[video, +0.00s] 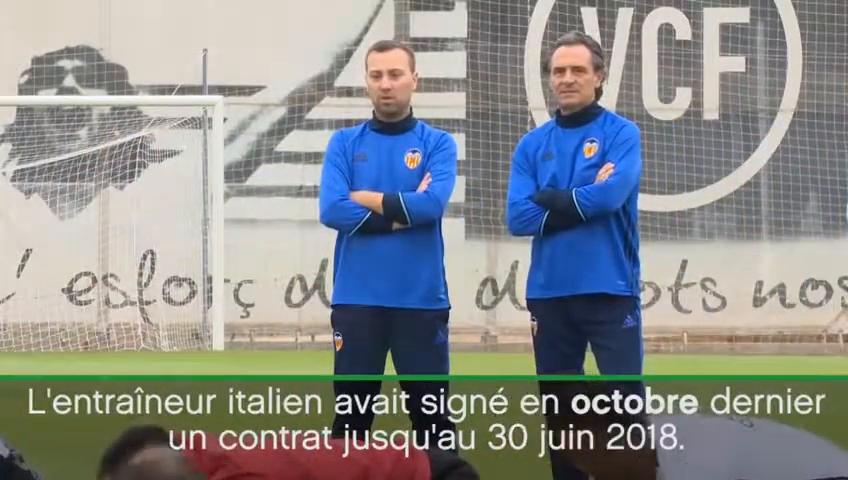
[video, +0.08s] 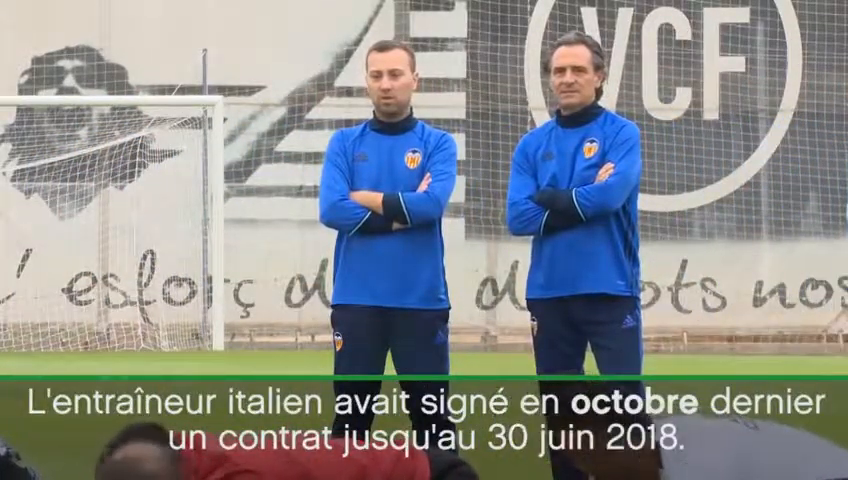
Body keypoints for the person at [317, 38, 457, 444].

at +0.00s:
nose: (385, 84)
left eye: (395, 75)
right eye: (376, 76)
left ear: (415, 82)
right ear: (367, 84)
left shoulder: (438, 142)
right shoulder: (343, 141)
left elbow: (431, 207)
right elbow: (331, 211)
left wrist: (363, 196)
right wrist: (404, 211)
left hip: (421, 299)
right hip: (357, 299)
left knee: (431, 415)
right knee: (351, 415)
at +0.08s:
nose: (385, 85)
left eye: (395, 75)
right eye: (376, 76)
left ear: (415, 81)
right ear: (367, 84)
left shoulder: (438, 142)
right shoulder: (344, 141)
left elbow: (431, 207)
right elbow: (331, 211)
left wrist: (362, 196)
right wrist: (403, 212)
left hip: (421, 300)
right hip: (357, 299)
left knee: (431, 416)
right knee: (351, 415)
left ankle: (442, 479)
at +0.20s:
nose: (386, 85)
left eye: (396, 75)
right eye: (376, 76)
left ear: (415, 81)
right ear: (367, 84)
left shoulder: (438, 142)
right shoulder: (344, 141)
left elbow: (431, 207)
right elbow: (331, 211)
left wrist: (363, 197)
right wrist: (404, 212)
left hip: (421, 300)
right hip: (357, 299)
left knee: (431, 416)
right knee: (351, 415)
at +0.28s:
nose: (386, 85)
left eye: (396, 75)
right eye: (377, 76)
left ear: (415, 81)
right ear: (367, 84)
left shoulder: (438, 142)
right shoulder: (344, 141)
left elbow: (432, 207)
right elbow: (331, 210)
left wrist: (362, 197)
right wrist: (403, 213)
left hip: (421, 301)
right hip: (356, 300)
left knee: (431, 416)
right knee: (351, 416)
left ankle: (439, 479)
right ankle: (344, 479)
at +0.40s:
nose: (386, 85)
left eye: (396, 75)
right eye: (377, 76)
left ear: (415, 81)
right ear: (367, 84)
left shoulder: (439, 142)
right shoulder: (344, 141)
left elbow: (432, 207)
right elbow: (331, 210)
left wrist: (360, 197)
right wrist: (403, 214)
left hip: (421, 301)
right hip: (356, 301)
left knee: (431, 418)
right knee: (351, 416)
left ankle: (441, 479)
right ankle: (346, 479)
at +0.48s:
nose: (386, 85)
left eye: (396, 75)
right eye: (377, 76)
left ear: (415, 81)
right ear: (367, 84)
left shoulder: (439, 142)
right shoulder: (344, 141)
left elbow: (432, 207)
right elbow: (331, 210)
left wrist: (362, 197)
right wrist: (402, 215)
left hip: (420, 300)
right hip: (356, 300)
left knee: (431, 417)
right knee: (351, 416)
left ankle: (439, 478)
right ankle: (346, 478)